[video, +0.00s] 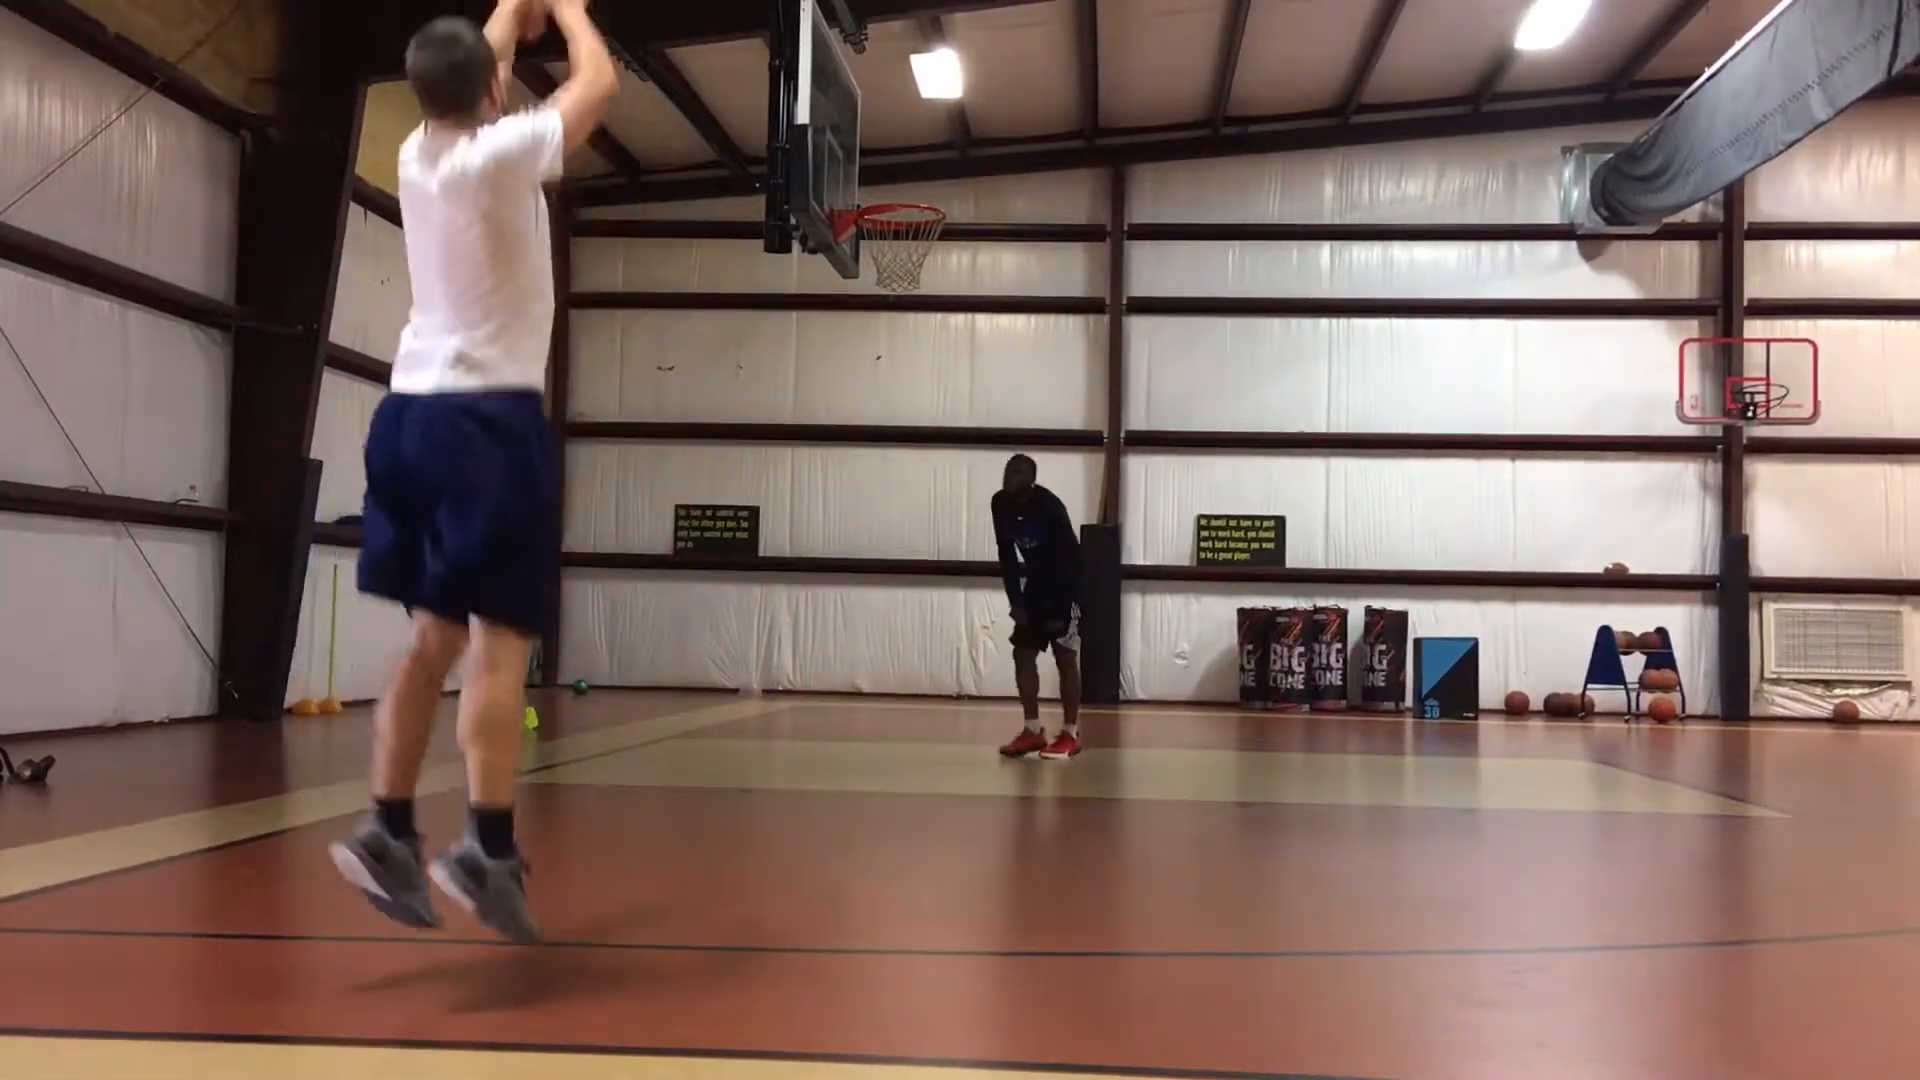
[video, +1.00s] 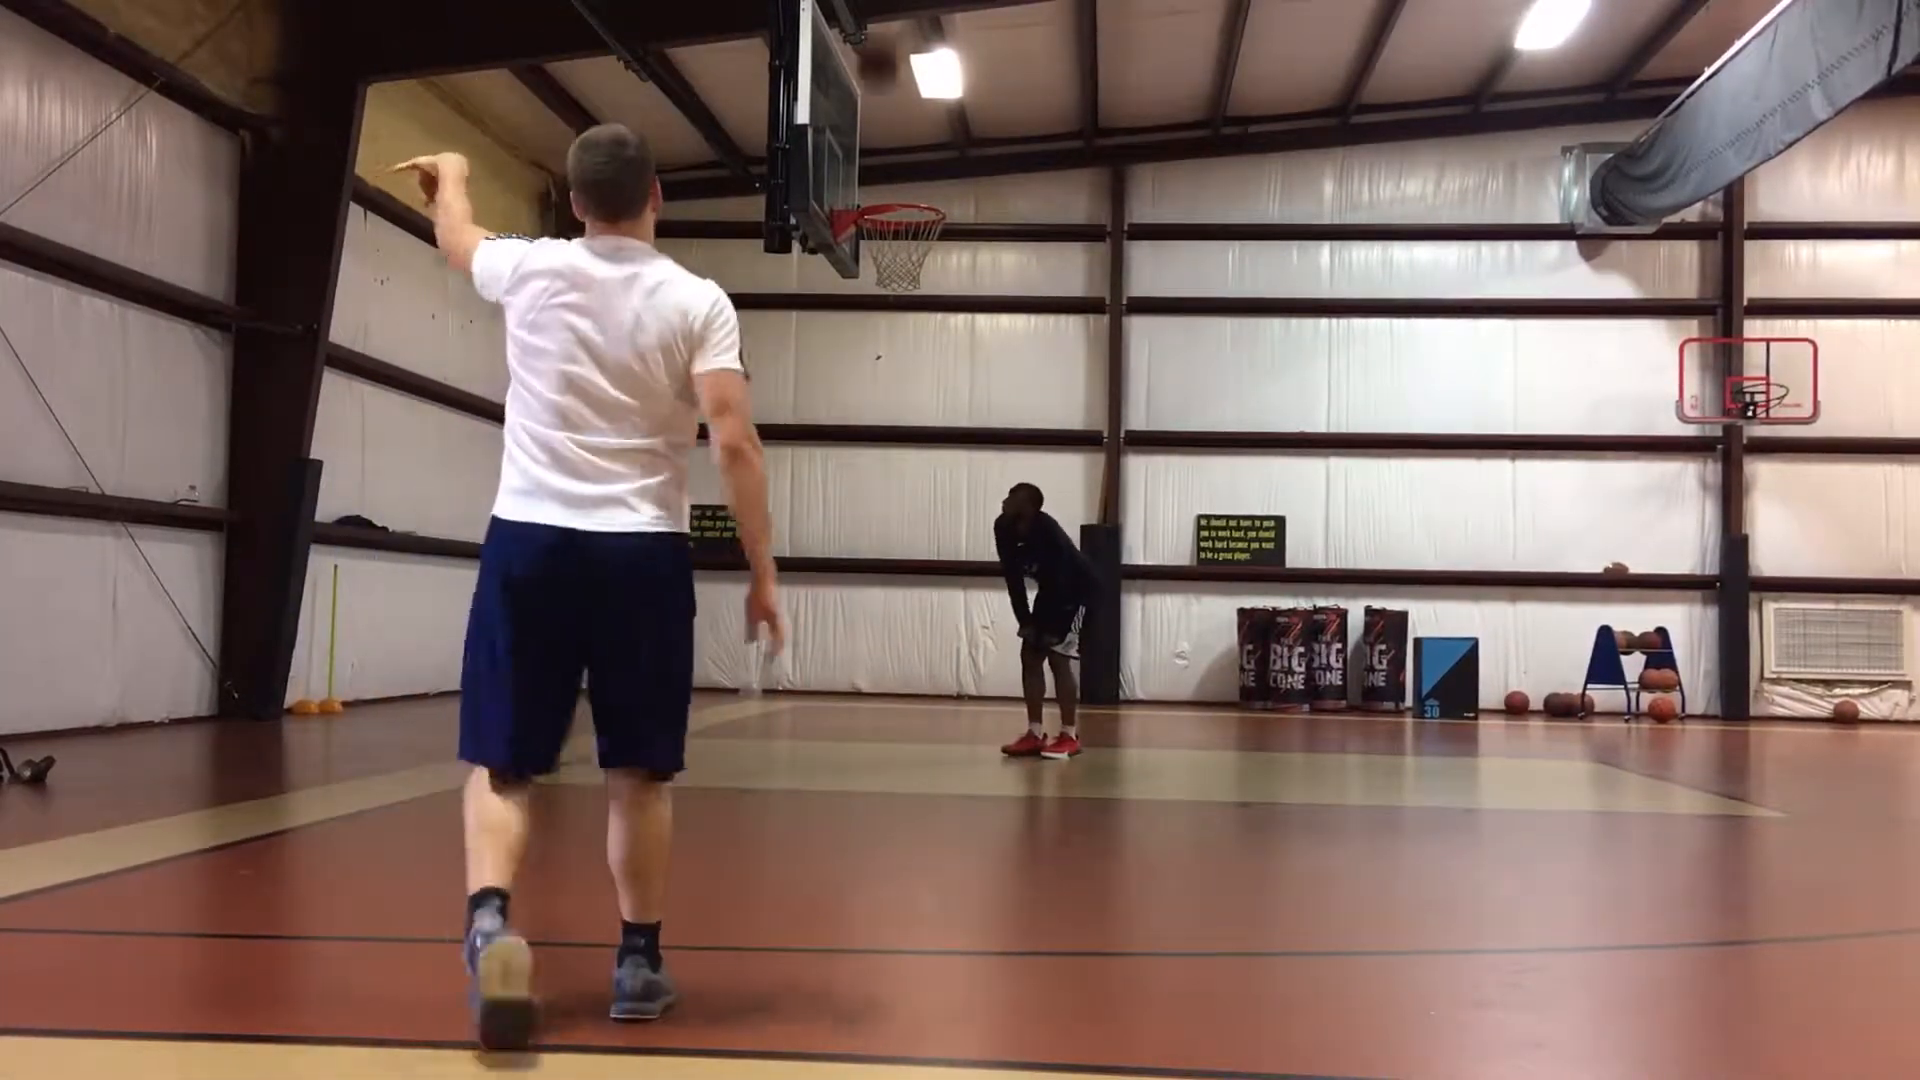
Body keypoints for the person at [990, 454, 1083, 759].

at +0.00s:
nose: (1010, 480)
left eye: (1017, 475)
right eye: (1008, 474)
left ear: (1032, 479)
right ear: (1004, 475)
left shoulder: (1048, 505)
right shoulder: (1000, 504)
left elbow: (1069, 556)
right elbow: (1006, 557)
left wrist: (1065, 605)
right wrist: (1015, 602)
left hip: (1064, 586)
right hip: (1034, 587)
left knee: (1065, 659)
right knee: (1023, 655)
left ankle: (1069, 733)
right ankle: (1033, 730)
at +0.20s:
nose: (1003, 502)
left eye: (1008, 496)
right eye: (1000, 496)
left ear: (1024, 497)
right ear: (999, 497)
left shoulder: (1048, 521)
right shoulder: (999, 523)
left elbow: (1066, 572)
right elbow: (1013, 572)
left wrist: (1061, 621)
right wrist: (1028, 613)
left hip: (1073, 589)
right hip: (1044, 588)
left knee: (1064, 659)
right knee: (1035, 658)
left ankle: (1069, 735)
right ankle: (1036, 732)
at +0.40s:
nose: (1000, 515)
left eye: (1006, 509)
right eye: (999, 509)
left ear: (1023, 510)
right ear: (998, 509)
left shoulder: (1046, 533)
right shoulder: (999, 531)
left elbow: (1070, 580)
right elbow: (1015, 579)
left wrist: (1062, 624)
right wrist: (1030, 618)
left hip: (1078, 592)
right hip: (1050, 591)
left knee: (1066, 659)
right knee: (1035, 656)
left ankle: (1070, 735)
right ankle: (1036, 733)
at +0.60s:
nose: (999, 513)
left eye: (1004, 508)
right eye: (999, 508)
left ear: (1022, 511)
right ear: (1000, 509)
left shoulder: (1043, 533)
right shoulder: (998, 532)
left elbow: (1062, 582)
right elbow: (1012, 580)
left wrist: (1058, 626)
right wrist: (1029, 620)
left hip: (1080, 592)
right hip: (1051, 591)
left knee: (1064, 659)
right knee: (1035, 656)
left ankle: (1070, 735)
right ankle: (1036, 733)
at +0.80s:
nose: (999, 509)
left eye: (1006, 506)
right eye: (1001, 504)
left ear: (1024, 512)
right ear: (1004, 505)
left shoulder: (1043, 532)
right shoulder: (999, 530)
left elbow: (1055, 583)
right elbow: (1012, 578)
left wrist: (1047, 625)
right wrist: (1026, 620)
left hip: (1081, 593)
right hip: (1051, 592)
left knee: (1060, 657)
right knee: (1033, 655)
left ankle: (1069, 735)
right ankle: (1035, 734)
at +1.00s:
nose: (1004, 501)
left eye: (1012, 497)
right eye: (1007, 496)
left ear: (1029, 507)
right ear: (1012, 501)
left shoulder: (1047, 530)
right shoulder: (1003, 527)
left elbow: (1060, 582)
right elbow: (1013, 577)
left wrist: (1050, 629)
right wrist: (1024, 621)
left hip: (1079, 593)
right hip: (1048, 591)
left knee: (1058, 658)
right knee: (1030, 656)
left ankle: (1069, 735)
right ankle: (1035, 734)